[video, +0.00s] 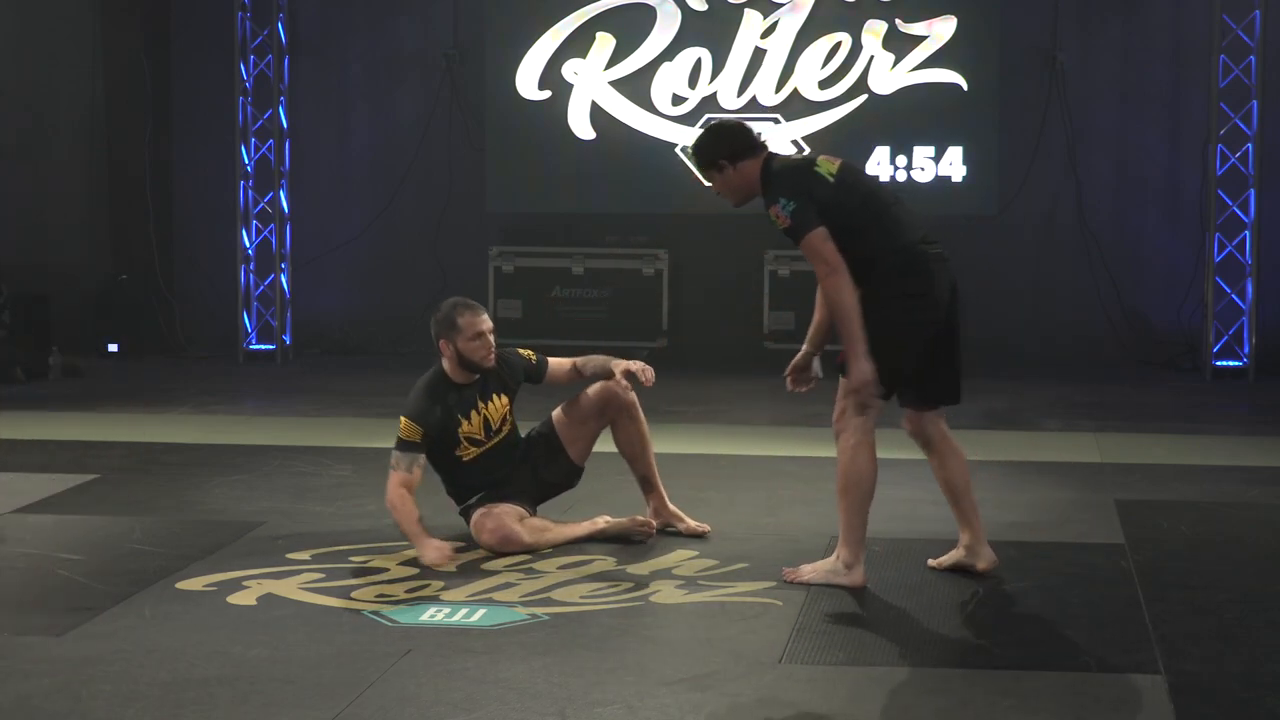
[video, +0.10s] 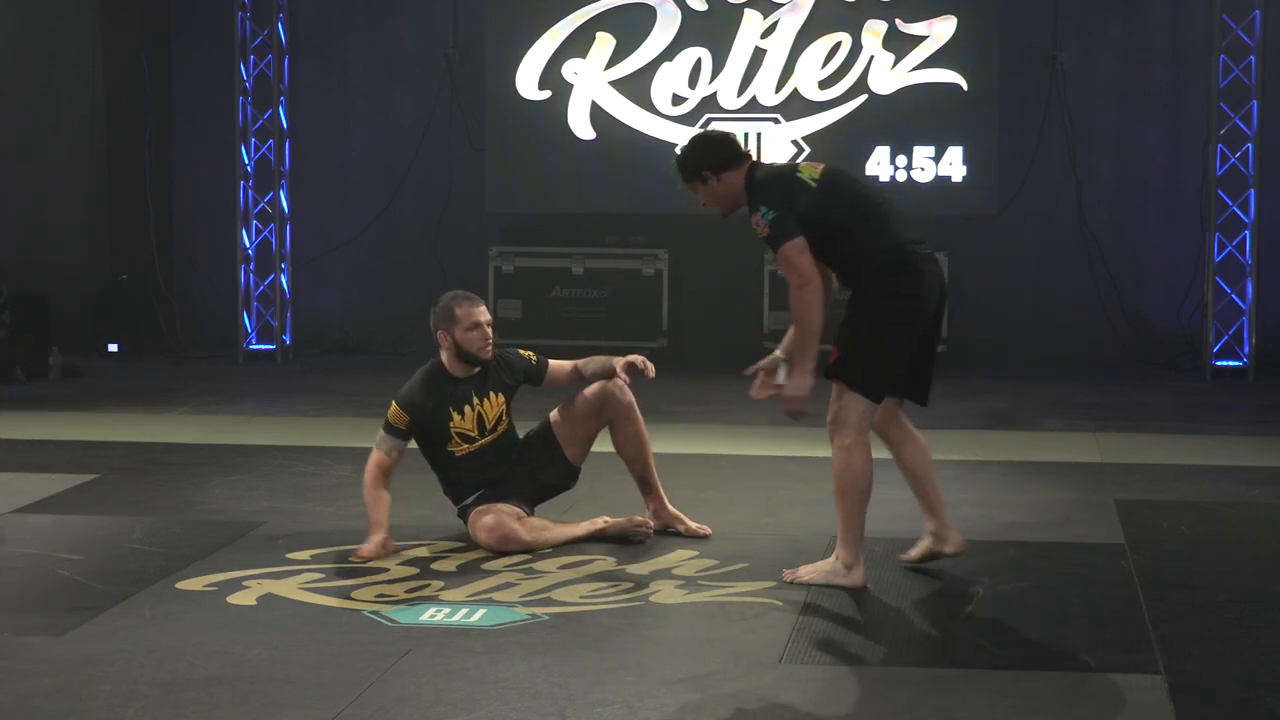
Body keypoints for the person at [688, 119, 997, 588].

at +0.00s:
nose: (717, 191)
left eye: (713, 180)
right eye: (712, 183)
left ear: (731, 166)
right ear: (751, 152)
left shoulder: (781, 188)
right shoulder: (806, 168)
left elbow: (835, 273)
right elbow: (833, 272)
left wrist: (858, 356)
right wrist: (811, 348)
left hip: (891, 294)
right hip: (932, 286)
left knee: (852, 417)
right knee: (923, 421)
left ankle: (847, 560)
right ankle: (975, 544)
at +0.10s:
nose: (702, 202)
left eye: (699, 189)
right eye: (696, 192)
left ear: (718, 175)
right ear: (736, 163)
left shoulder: (766, 196)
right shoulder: (785, 182)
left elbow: (807, 283)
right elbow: (820, 287)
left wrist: (801, 373)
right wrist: (782, 354)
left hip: (887, 290)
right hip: (915, 281)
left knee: (846, 422)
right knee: (886, 415)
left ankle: (847, 560)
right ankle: (942, 530)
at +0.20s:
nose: (691, 212)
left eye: (688, 199)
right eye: (685, 203)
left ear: (706, 184)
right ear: (718, 175)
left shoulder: (752, 202)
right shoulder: (767, 189)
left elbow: (792, 287)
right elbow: (789, 289)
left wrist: (781, 368)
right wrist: (740, 346)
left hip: (878, 285)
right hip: (903, 277)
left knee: (843, 422)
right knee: (861, 411)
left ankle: (847, 560)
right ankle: (877, 536)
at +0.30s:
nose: (680, 218)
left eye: (678, 206)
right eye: (674, 210)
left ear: (696, 192)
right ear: (703, 187)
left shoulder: (741, 205)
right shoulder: (746, 201)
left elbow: (784, 281)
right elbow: (745, 295)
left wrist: (782, 364)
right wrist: (686, 336)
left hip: (873, 282)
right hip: (880, 278)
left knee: (842, 414)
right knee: (839, 406)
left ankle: (848, 560)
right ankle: (818, 526)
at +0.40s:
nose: (666, 223)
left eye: (663, 211)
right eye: (661, 214)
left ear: (680, 197)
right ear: (689, 195)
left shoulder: (730, 206)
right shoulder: (732, 214)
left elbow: (781, 268)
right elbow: (696, 292)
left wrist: (781, 349)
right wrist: (640, 331)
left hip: (861, 290)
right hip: (863, 287)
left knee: (815, 419)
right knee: (825, 417)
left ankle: (845, 557)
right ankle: (808, 538)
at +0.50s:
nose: (653, 231)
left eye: (652, 219)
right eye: (649, 222)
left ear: (671, 204)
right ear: (675, 204)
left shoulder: (720, 209)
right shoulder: (717, 238)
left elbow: (776, 255)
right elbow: (668, 299)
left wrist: (766, 337)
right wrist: (600, 325)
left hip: (842, 295)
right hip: (859, 293)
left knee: (764, 409)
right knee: (803, 415)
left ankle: (824, 531)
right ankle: (806, 527)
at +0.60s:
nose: (643, 237)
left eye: (642, 224)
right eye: (639, 228)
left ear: (662, 208)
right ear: (665, 209)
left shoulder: (706, 212)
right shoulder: (708, 243)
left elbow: (755, 259)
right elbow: (659, 312)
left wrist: (726, 339)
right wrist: (592, 338)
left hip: (824, 298)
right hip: (851, 296)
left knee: (735, 405)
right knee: (791, 410)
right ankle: (804, 537)